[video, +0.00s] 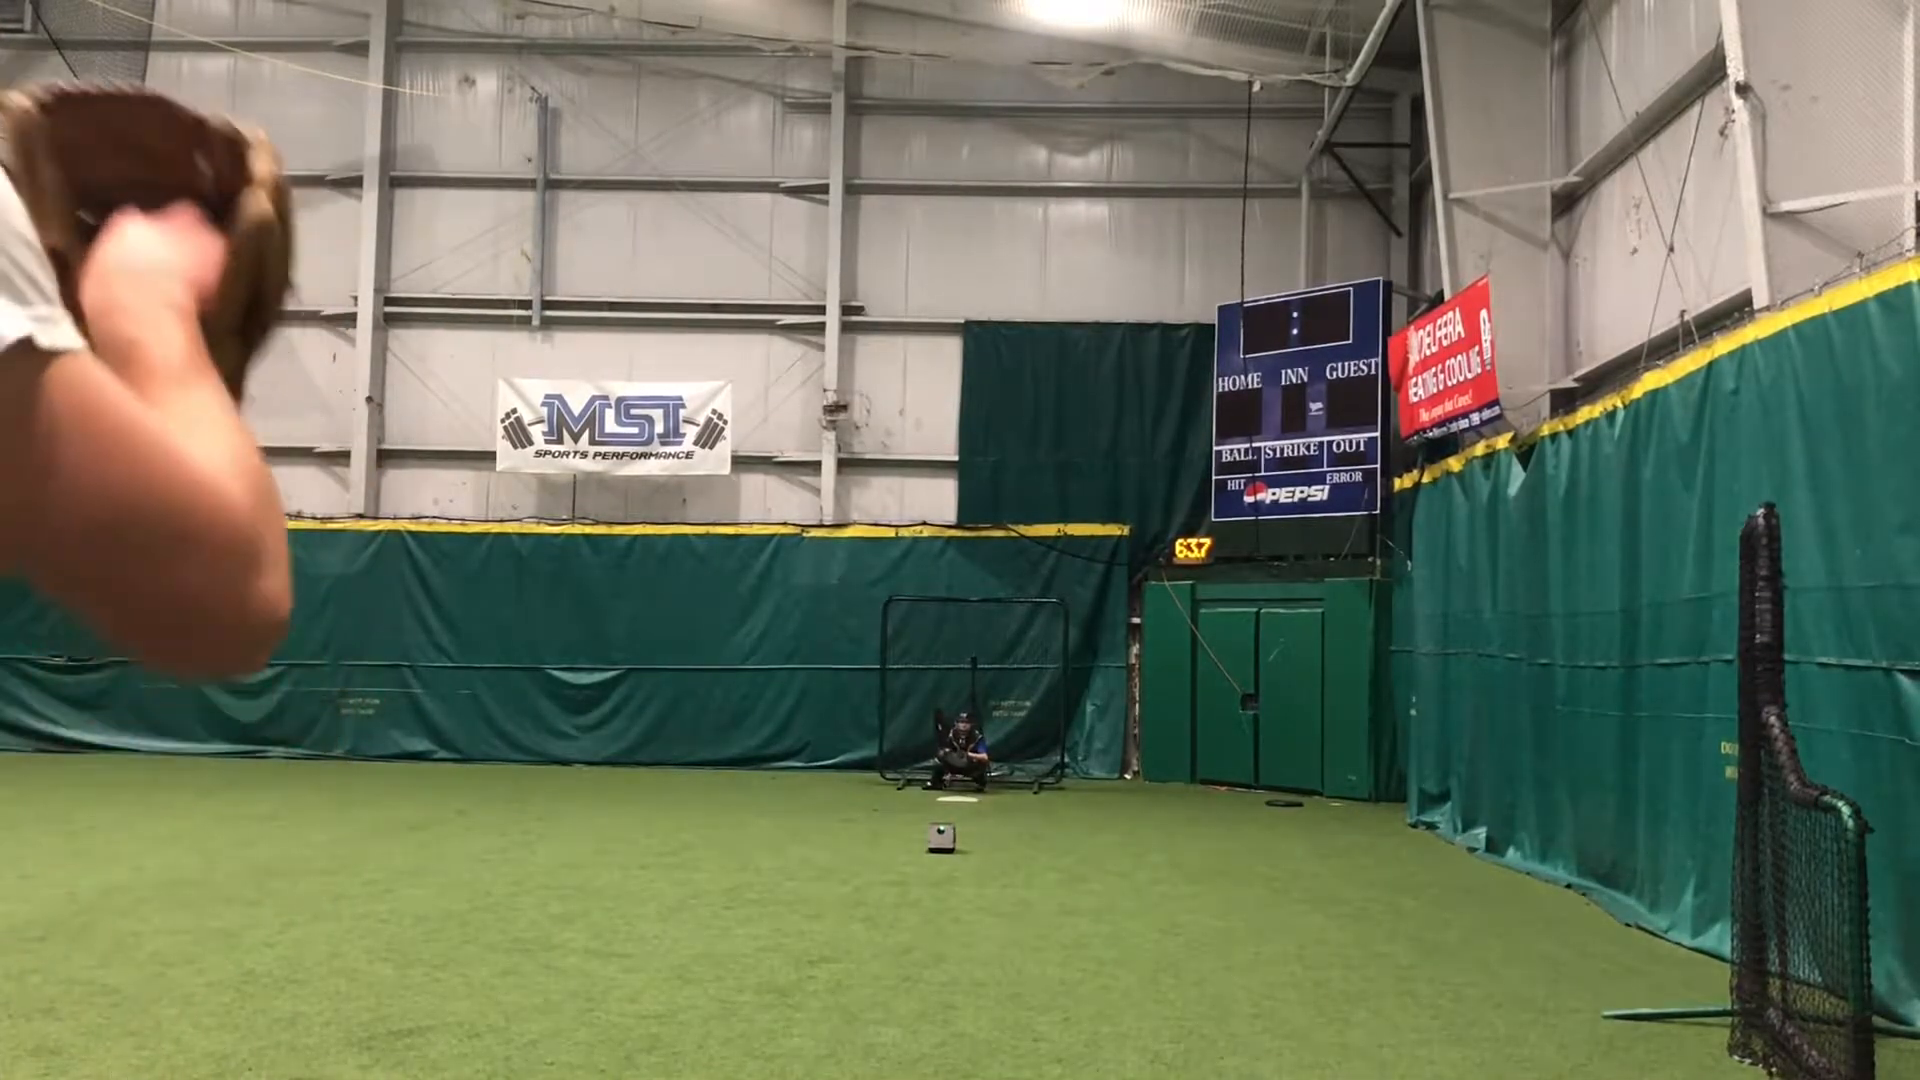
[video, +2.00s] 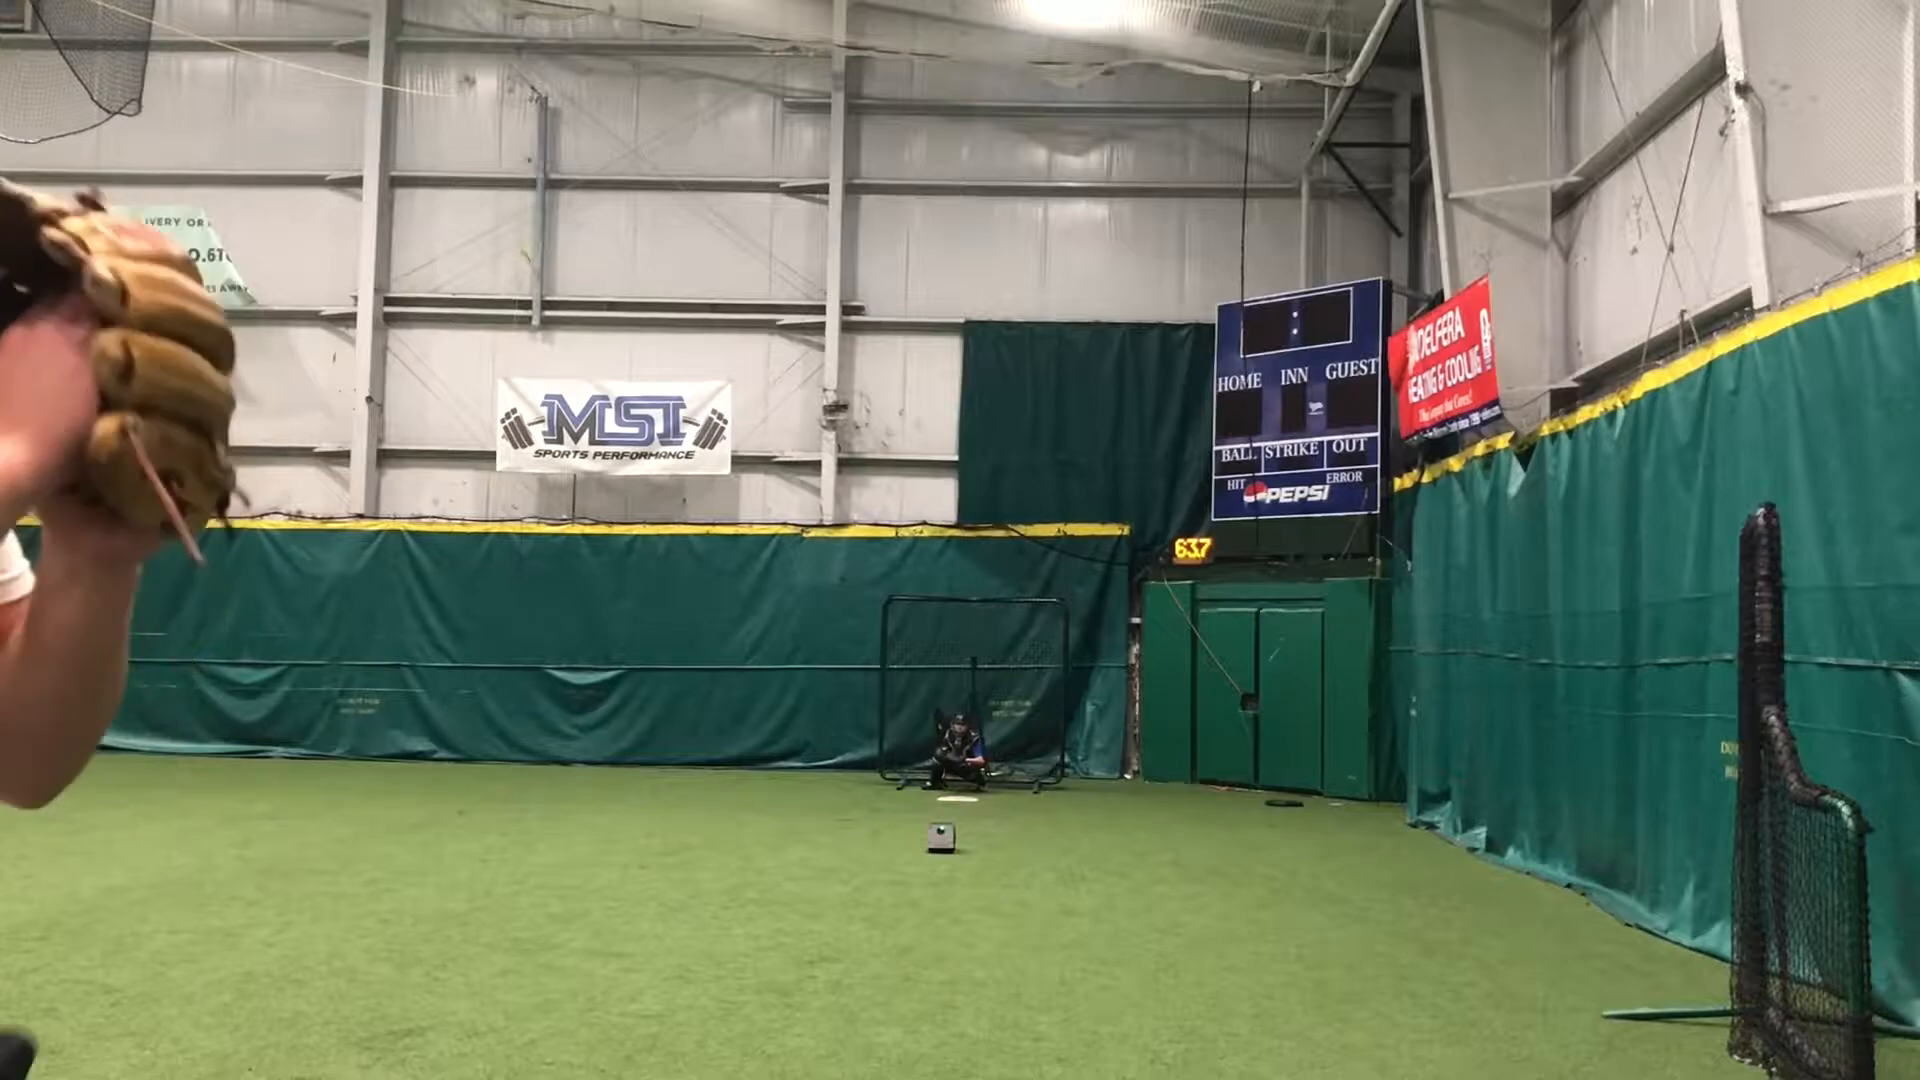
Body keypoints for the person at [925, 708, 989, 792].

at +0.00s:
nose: (964, 725)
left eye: (967, 723)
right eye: (961, 722)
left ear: (971, 725)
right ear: (956, 724)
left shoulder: (977, 737)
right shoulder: (950, 735)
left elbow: (984, 757)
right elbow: (942, 750)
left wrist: (968, 754)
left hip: (971, 763)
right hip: (953, 762)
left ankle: (981, 785)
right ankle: (936, 782)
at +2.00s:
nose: (959, 728)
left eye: (962, 725)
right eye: (957, 724)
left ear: (967, 726)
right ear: (952, 726)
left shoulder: (974, 739)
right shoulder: (946, 736)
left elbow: (981, 761)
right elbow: (940, 752)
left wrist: (966, 760)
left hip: (966, 766)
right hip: (950, 764)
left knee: (975, 776)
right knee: (938, 760)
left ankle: (981, 783)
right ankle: (935, 782)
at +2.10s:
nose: (958, 727)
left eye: (961, 724)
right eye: (956, 724)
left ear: (966, 726)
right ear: (951, 725)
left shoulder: (973, 738)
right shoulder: (946, 735)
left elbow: (980, 760)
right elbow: (939, 751)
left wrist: (964, 759)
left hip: (966, 766)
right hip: (949, 764)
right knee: (937, 760)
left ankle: (981, 783)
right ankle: (935, 782)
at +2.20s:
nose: (957, 726)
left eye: (960, 724)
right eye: (955, 723)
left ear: (965, 725)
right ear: (950, 725)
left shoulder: (972, 738)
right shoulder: (945, 735)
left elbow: (979, 759)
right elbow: (938, 751)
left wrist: (963, 757)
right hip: (948, 763)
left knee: (963, 768)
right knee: (936, 760)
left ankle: (980, 782)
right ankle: (936, 782)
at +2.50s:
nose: (954, 726)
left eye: (958, 723)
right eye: (952, 722)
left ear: (963, 725)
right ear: (947, 724)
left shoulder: (970, 738)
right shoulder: (942, 735)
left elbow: (976, 758)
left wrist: (960, 756)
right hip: (946, 760)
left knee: (960, 768)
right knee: (935, 753)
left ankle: (980, 782)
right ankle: (935, 782)